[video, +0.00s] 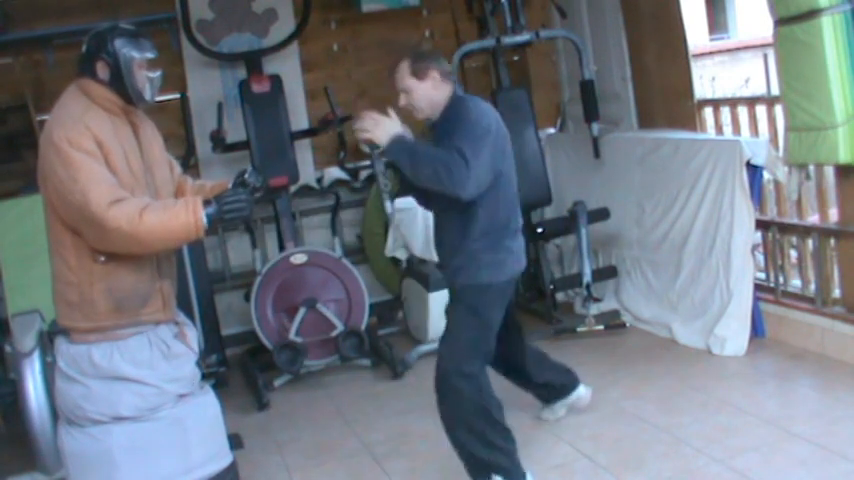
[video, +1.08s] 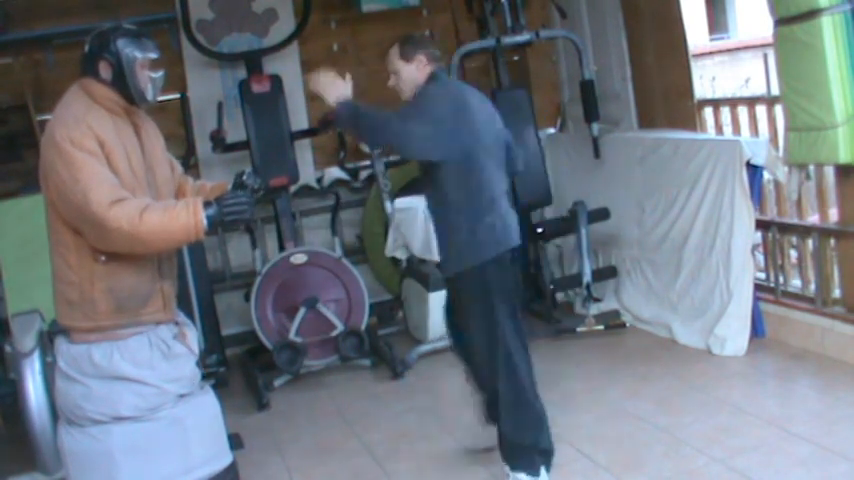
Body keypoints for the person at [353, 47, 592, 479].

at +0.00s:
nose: (404, 102)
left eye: (408, 91)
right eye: (401, 95)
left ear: (436, 79)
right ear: (428, 84)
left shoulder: (474, 117)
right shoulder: (445, 125)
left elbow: (464, 180)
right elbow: (437, 193)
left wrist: (398, 142)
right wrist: (394, 146)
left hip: (491, 267)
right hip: (473, 267)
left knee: (457, 372)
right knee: (502, 346)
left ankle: (501, 473)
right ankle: (565, 390)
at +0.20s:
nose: (427, 82)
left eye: (430, 72)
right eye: (423, 75)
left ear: (458, 60)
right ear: (453, 63)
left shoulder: (486, 93)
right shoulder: (476, 94)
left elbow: (492, 152)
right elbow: (479, 160)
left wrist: (428, 121)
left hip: (507, 237)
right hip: (513, 230)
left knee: (485, 338)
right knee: (524, 319)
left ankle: (504, 452)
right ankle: (575, 394)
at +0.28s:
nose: (433, 76)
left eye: (436, 66)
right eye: (429, 68)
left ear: (462, 53)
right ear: (458, 56)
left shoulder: (488, 82)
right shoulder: (486, 81)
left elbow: (487, 139)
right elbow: (490, 148)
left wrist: (428, 107)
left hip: (515, 222)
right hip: (525, 217)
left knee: (482, 320)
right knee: (529, 308)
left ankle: (531, 422)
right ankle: (574, 384)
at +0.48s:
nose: (454, 92)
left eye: (456, 81)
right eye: (450, 84)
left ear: (482, 71)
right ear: (484, 73)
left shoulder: (503, 105)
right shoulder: (518, 100)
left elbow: (510, 169)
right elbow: (509, 168)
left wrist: (453, 142)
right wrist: (466, 141)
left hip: (527, 245)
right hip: (547, 237)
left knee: (495, 337)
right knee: (550, 323)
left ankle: (569, 409)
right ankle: (594, 390)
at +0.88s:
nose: (426, 84)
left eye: (431, 74)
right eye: (424, 76)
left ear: (459, 66)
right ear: (459, 68)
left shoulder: (487, 99)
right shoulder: (489, 99)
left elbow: (492, 162)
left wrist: (428, 126)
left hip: (514, 248)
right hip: (526, 240)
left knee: (522, 354)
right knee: (555, 328)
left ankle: (529, 464)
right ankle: (612, 397)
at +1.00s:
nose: (404, 80)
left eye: (409, 70)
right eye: (402, 72)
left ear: (437, 61)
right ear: (437, 63)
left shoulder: (461, 94)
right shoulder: (463, 94)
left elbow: (460, 149)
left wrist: (381, 124)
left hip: (496, 245)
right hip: (494, 241)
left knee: (505, 351)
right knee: (504, 336)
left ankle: (533, 461)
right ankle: (565, 386)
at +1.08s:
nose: (393, 82)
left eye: (396, 72)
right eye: (391, 75)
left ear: (422, 63)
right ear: (425, 64)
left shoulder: (441, 99)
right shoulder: (473, 99)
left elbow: (407, 135)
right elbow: (511, 154)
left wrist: (344, 105)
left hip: (475, 249)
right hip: (490, 242)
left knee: (496, 348)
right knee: (476, 339)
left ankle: (530, 462)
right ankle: (510, 426)